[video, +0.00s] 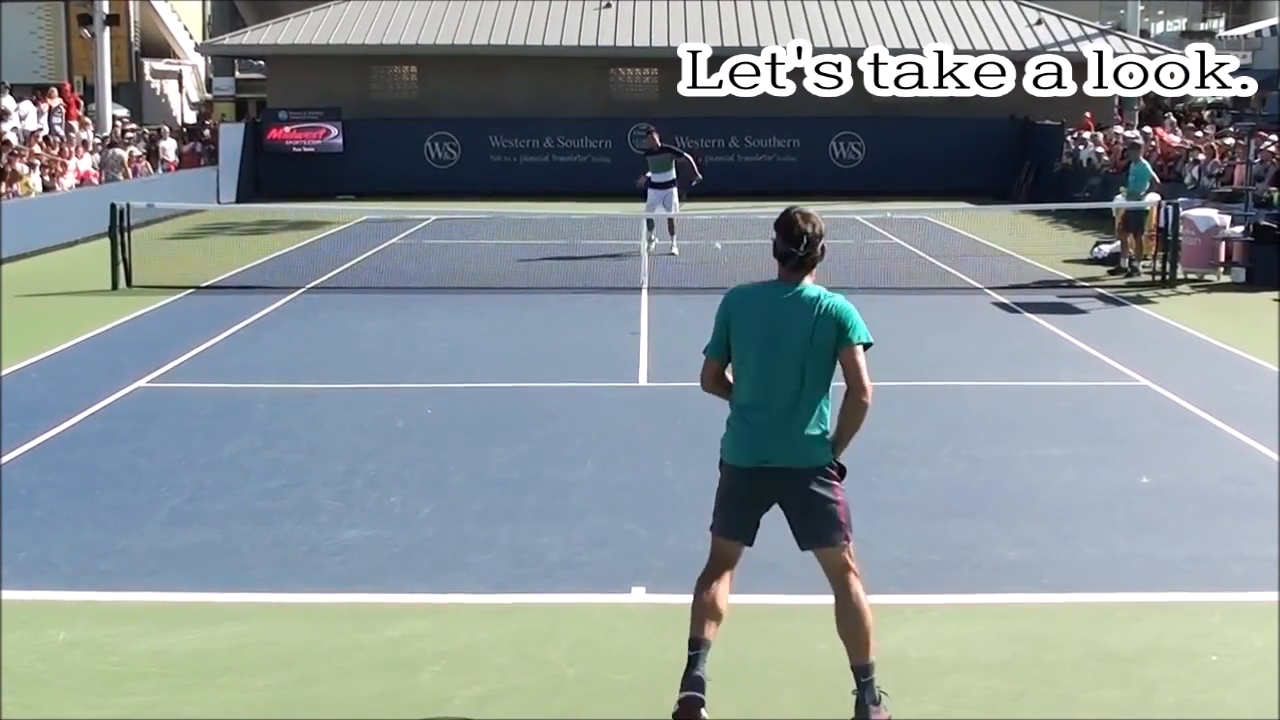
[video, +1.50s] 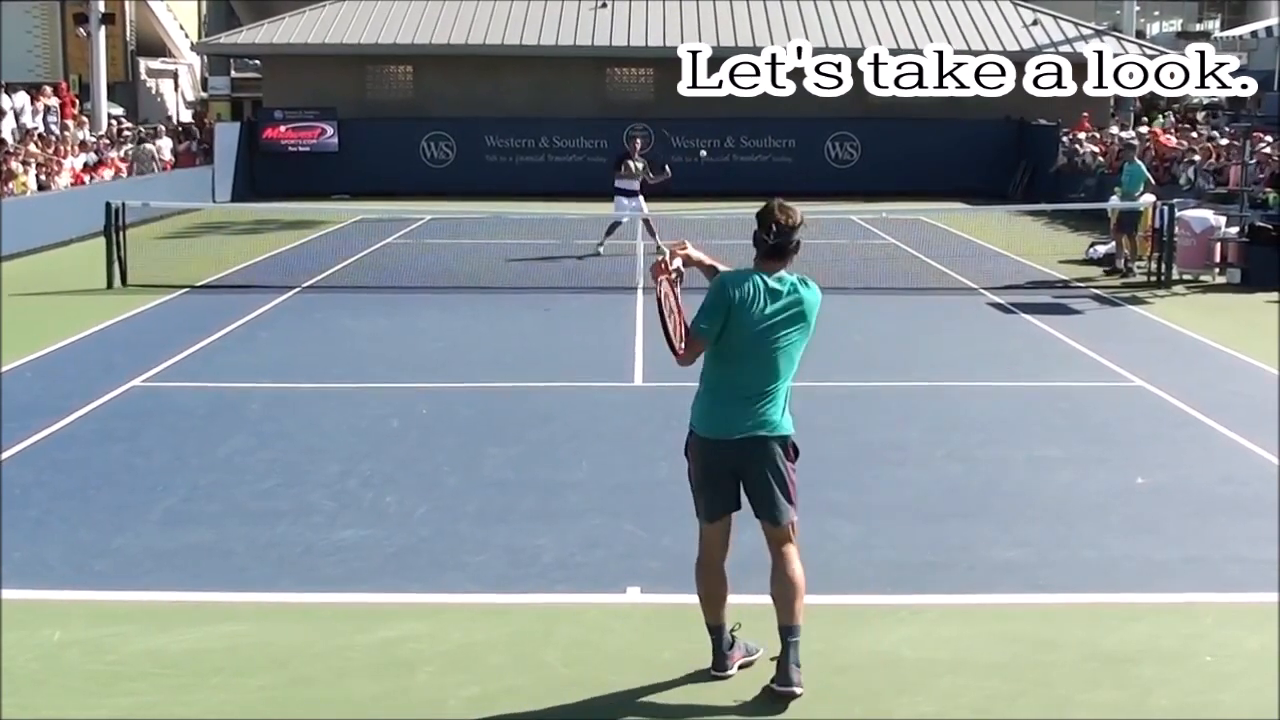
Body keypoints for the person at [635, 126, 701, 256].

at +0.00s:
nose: (653, 141)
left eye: (654, 137)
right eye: (650, 139)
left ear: (658, 137)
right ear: (647, 141)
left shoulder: (668, 150)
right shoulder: (648, 154)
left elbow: (688, 157)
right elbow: (652, 169)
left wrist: (697, 173)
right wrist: (646, 176)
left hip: (670, 188)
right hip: (653, 188)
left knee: (671, 216)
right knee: (648, 215)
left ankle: (673, 244)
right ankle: (651, 238)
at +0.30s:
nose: (651, 140)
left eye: (653, 137)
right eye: (649, 137)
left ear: (657, 138)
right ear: (645, 139)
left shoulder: (666, 151)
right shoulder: (641, 154)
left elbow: (676, 164)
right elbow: (638, 170)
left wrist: (675, 178)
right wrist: (645, 179)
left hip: (663, 186)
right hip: (648, 188)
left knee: (663, 214)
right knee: (647, 215)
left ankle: (661, 241)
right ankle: (651, 239)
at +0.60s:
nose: (651, 137)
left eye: (652, 135)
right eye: (648, 135)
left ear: (656, 136)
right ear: (645, 137)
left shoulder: (663, 151)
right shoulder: (639, 151)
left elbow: (669, 167)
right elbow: (634, 167)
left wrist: (662, 177)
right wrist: (639, 169)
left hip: (656, 188)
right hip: (641, 187)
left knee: (657, 217)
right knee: (634, 215)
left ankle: (656, 244)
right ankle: (631, 238)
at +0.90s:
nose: (645, 144)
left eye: (647, 142)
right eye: (642, 142)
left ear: (650, 144)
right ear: (638, 144)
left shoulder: (655, 160)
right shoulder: (631, 158)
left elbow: (659, 177)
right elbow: (625, 176)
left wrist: (653, 185)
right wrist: (635, 174)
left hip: (648, 190)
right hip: (633, 190)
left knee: (653, 218)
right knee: (630, 218)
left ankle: (653, 244)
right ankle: (621, 244)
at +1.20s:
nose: (643, 135)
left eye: (645, 132)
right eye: (641, 132)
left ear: (649, 135)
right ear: (636, 135)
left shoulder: (654, 151)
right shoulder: (629, 149)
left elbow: (657, 168)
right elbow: (622, 164)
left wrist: (651, 178)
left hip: (646, 185)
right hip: (630, 185)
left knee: (653, 214)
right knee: (622, 214)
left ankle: (659, 241)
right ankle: (613, 241)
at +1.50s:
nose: (635, 145)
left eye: (637, 143)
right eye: (634, 143)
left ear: (640, 146)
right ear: (630, 145)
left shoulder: (642, 162)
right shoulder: (622, 158)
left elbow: (651, 180)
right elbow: (616, 174)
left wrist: (665, 176)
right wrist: (630, 175)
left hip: (636, 193)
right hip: (621, 193)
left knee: (646, 218)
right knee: (620, 220)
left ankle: (658, 245)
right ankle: (602, 243)